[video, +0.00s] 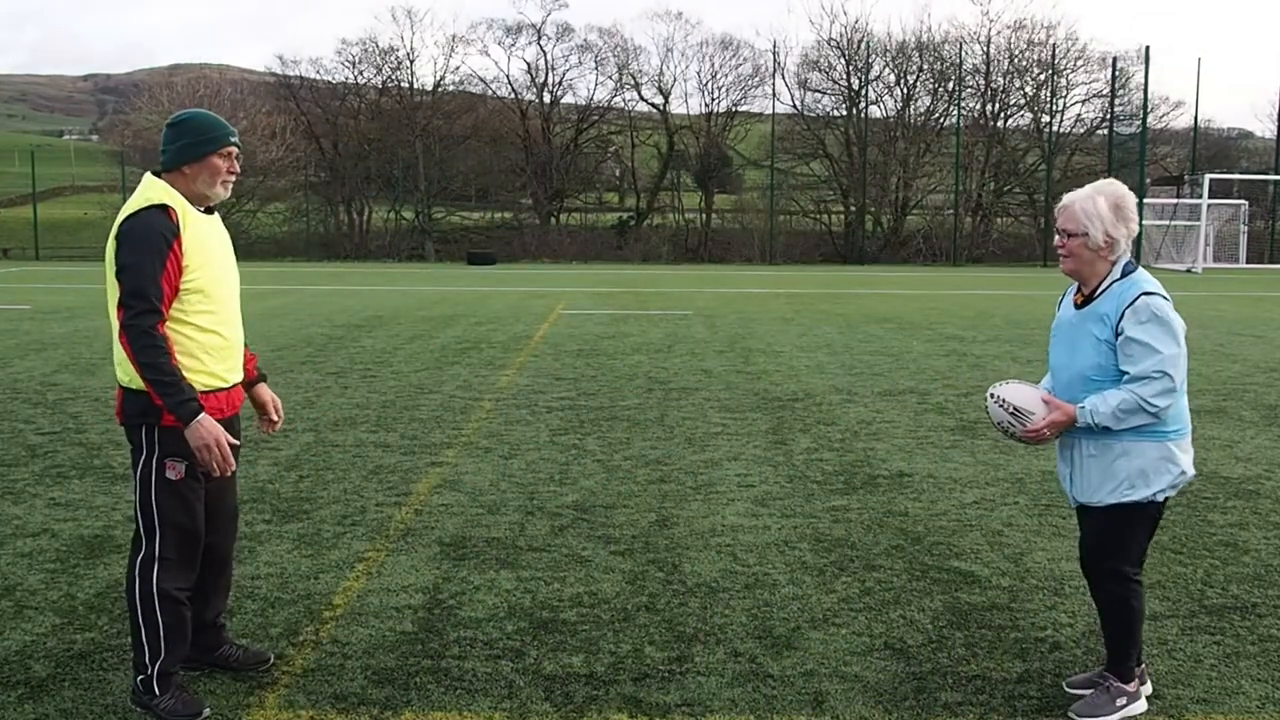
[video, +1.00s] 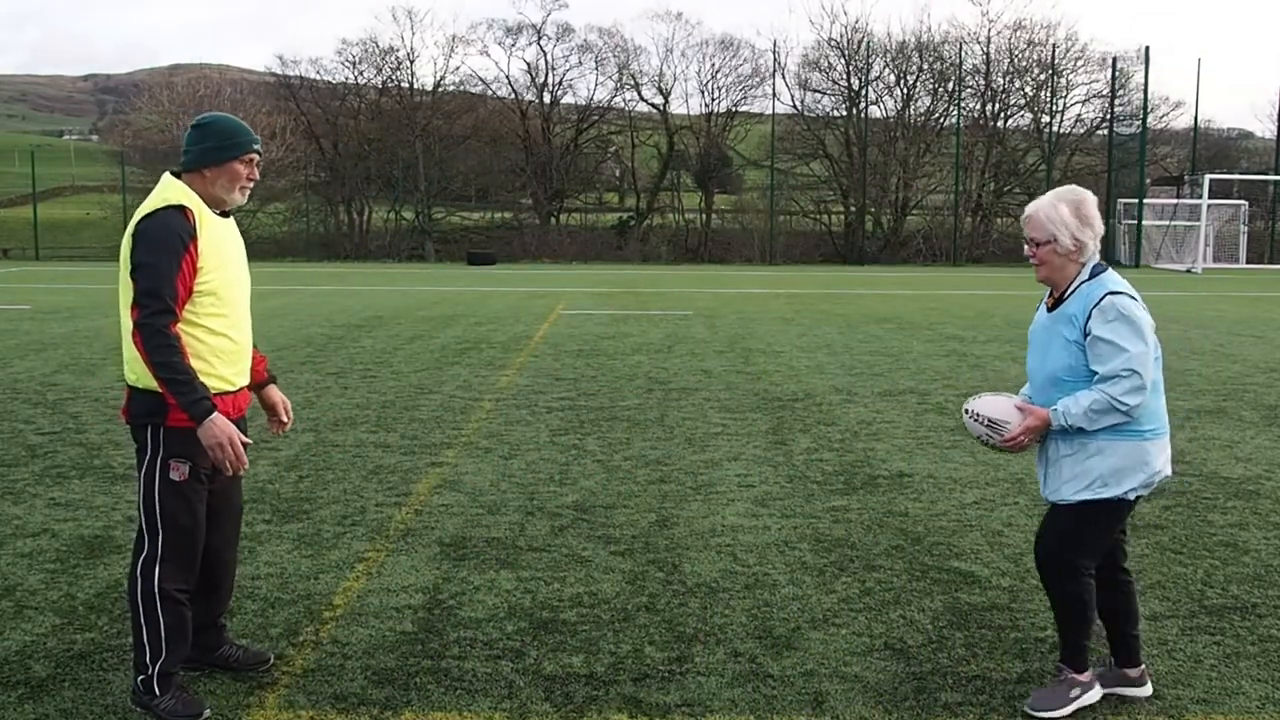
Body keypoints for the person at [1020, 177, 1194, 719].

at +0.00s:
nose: (1058, 244)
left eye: (1070, 235)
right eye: (1058, 234)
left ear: (1107, 240)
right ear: (1064, 237)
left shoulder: (1143, 304)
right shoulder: (1074, 298)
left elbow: (1157, 392)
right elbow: (1068, 374)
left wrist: (1077, 413)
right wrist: (1037, 406)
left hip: (1138, 462)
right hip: (1096, 458)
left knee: (1113, 566)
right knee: (1099, 563)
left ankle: (1127, 681)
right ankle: (1121, 667)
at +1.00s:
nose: (1029, 253)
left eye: (1037, 243)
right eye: (1027, 243)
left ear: (1073, 243)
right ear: (1052, 246)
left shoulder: (1112, 304)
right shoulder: (1059, 301)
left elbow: (1127, 390)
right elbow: (1052, 379)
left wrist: (1053, 417)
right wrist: (1016, 411)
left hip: (1114, 460)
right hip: (1081, 457)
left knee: (1059, 554)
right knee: (1107, 562)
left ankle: (1076, 673)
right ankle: (1128, 670)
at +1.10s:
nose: (1013, 257)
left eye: (1022, 247)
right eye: (1011, 247)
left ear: (1058, 246)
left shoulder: (1098, 305)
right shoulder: (1041, 304)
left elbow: (1117, 391)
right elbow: (1037, 382)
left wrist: (1041, 418)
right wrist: (1001, 420)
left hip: (1106, 459)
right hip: (1071, 455)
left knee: (1049, 550)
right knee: (1096, 562)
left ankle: (1028, 678)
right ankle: (1129, 669)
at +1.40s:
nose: (947, 265)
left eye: (957, 255)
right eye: (945, 255)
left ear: (993, 257)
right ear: (979, 259)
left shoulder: (1032, 315)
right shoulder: (972, 313)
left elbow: (1048, 405)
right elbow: (964, 390)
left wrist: (973, 430)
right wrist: (929, 426)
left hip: (1036, 470)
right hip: (1001, 467)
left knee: (980, 561)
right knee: (1044, 562)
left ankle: (965, 690)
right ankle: (1114, 653)